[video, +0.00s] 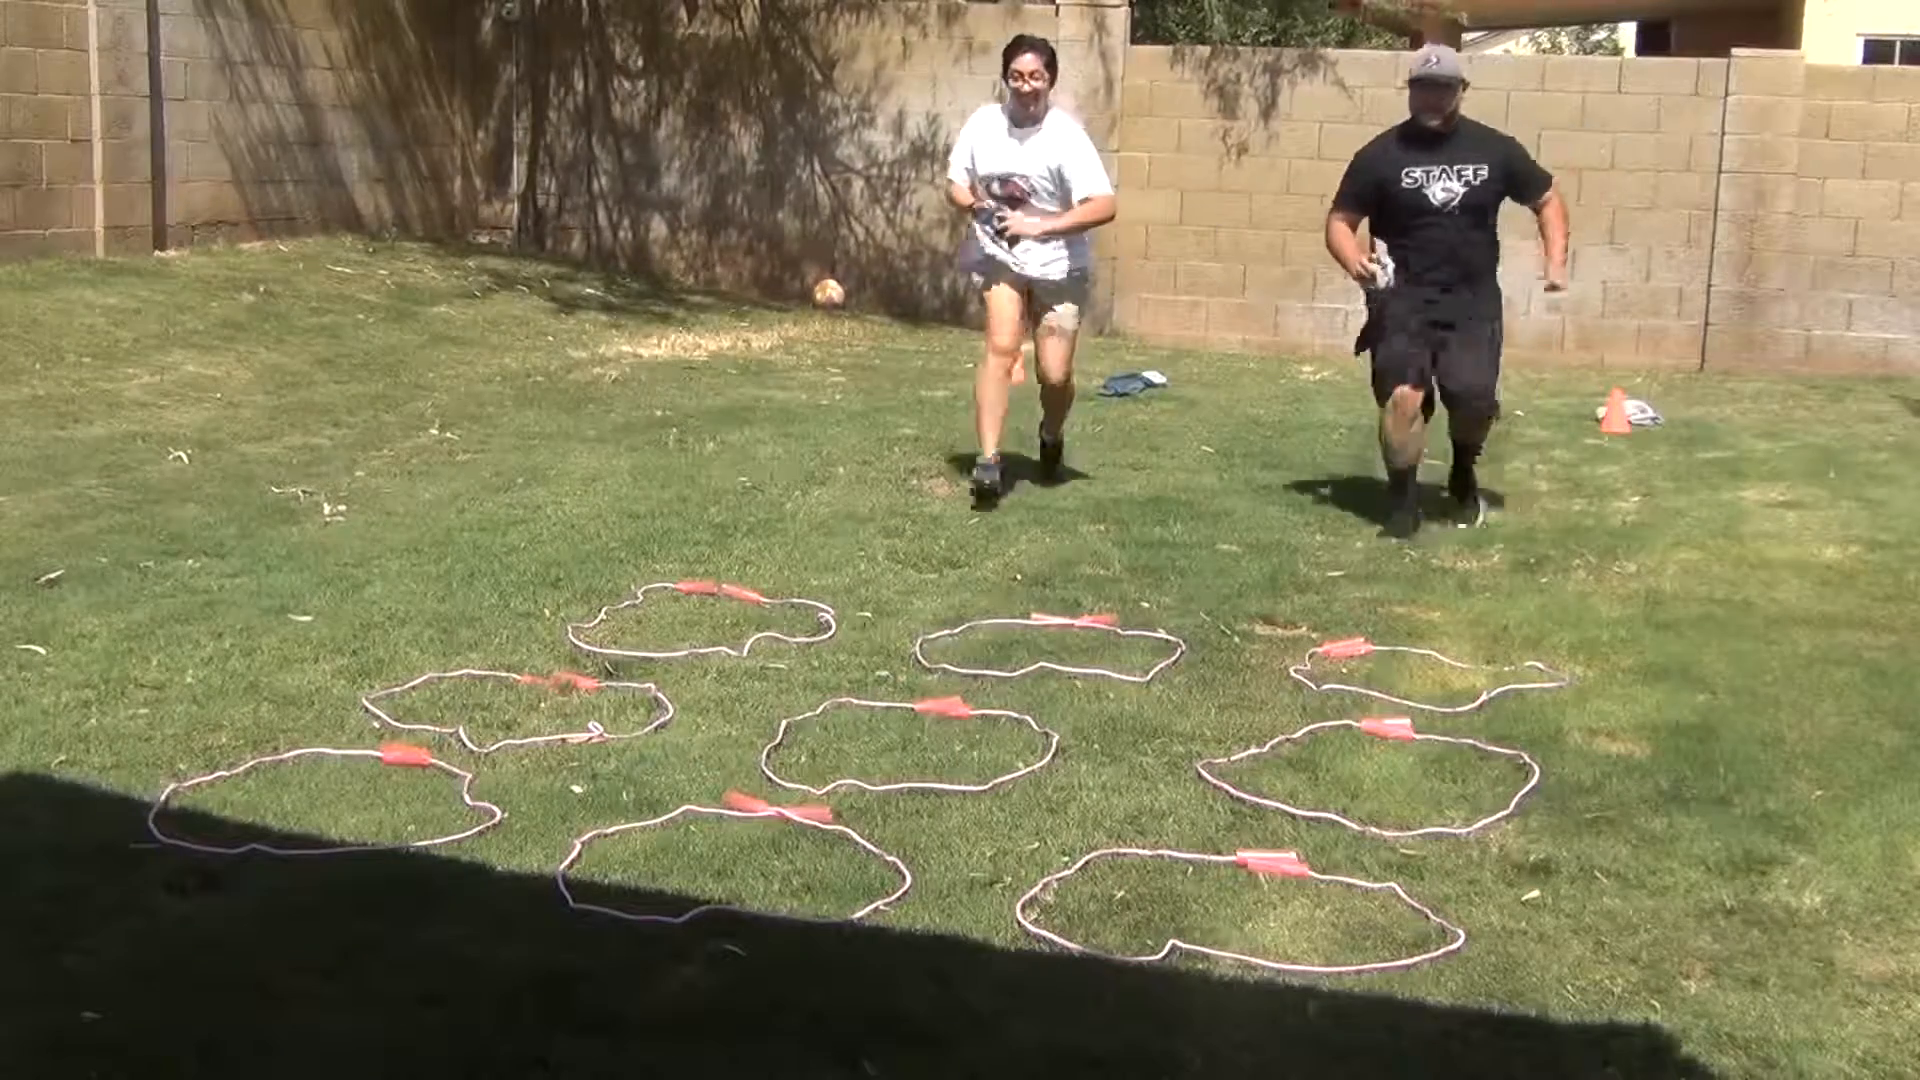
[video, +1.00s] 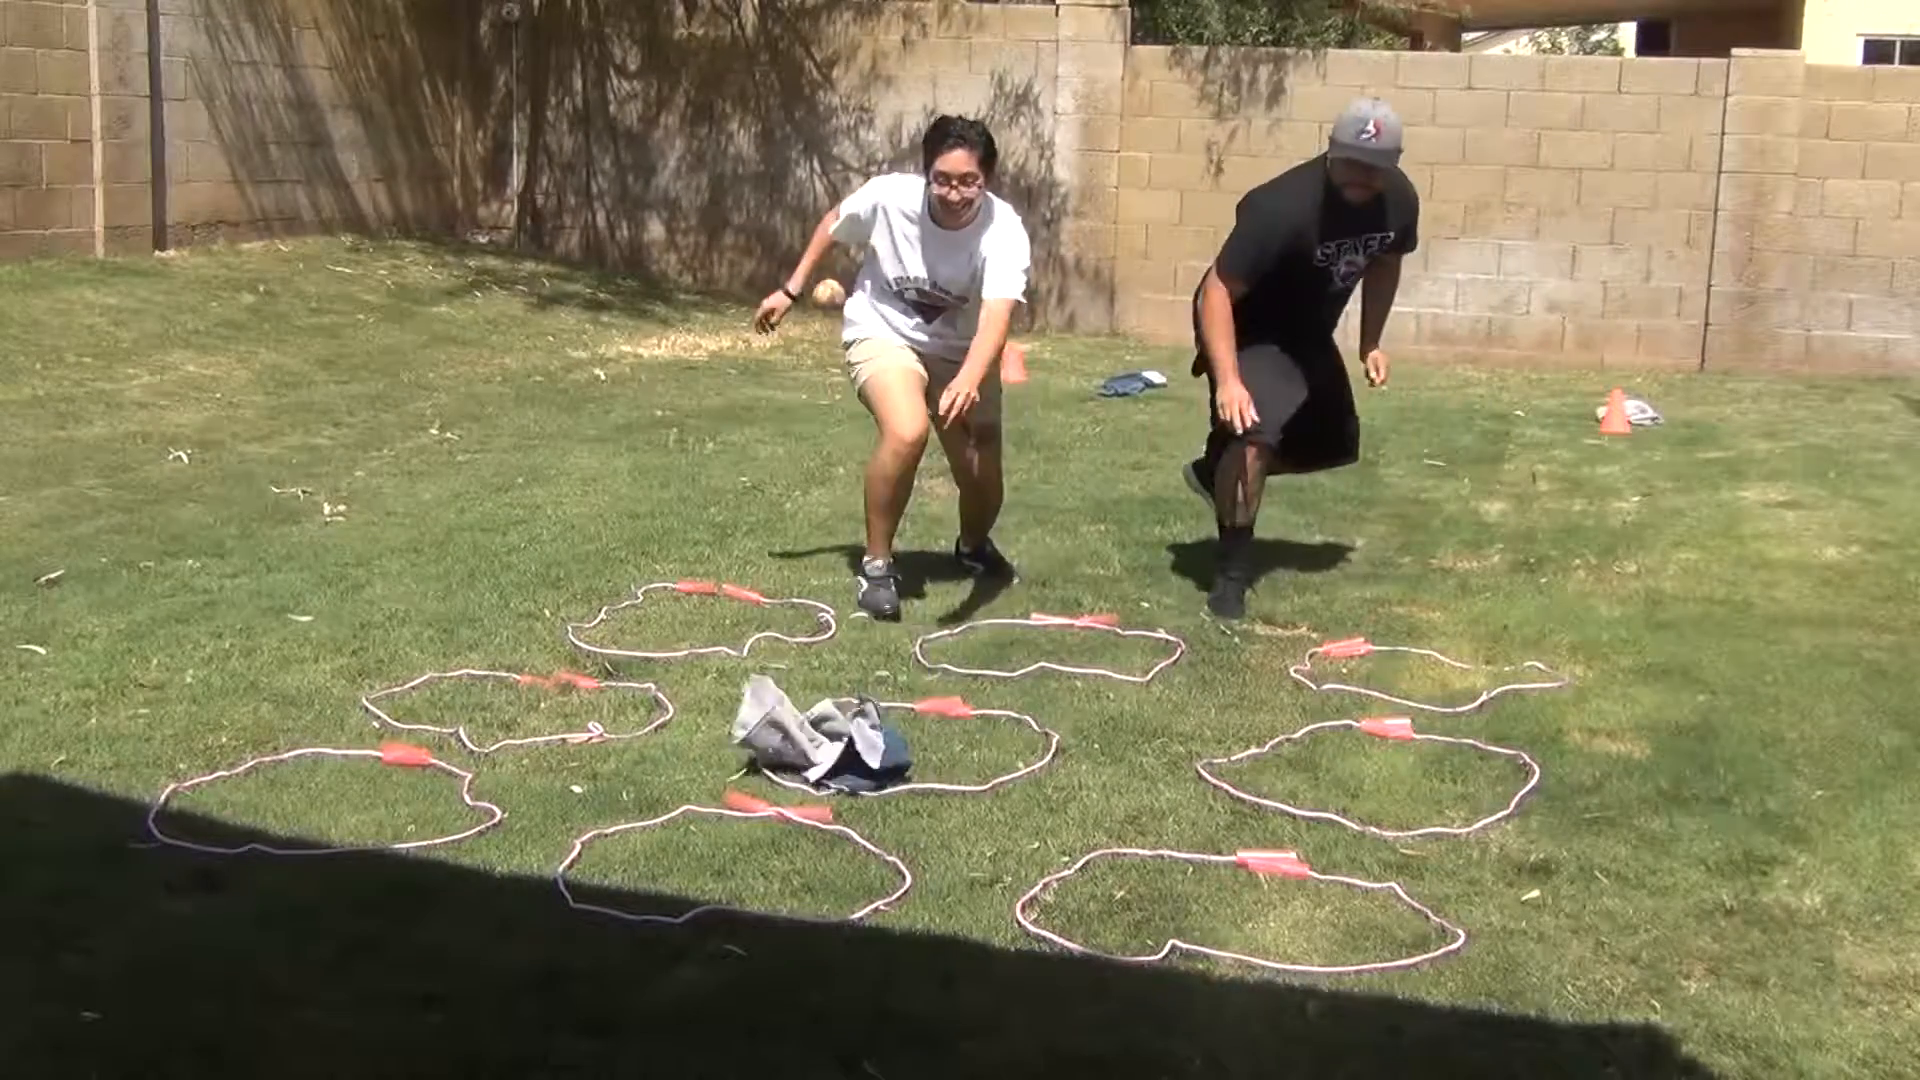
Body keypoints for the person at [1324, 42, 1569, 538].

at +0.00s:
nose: (1433, 98)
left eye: (1443, 88)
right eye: (1424, 87)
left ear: (1461, 92)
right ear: (1409, 90)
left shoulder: (1497, 151)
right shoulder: (1379, 156)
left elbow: (1547, 198)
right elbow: (1340, 222)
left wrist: (1556, 259)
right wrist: (1353, 259)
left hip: (1472, 298)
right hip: (1403, 297)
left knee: (1474, 400)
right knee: (1403, 395)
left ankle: (1464, 473)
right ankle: (1402, 500)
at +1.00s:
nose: (1358, 176)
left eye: (1372, 167)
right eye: (1349, 163)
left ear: (1391, 166)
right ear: (1331, 154)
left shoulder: (1397, 203)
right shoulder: (1281, 207)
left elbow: (1384, 267)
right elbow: (1216, 290)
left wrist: (1371, 342)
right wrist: (1226, 378)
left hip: (1310, 333)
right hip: (1247, 327)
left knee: (1331, 443)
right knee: (1257, 427)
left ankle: (1219, 469)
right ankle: (1232, 570)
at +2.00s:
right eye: (1589, 87)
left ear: (1542, 89)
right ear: (1589, 90)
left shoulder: (1506, 131)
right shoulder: (1611, 142)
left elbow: (1452, 187)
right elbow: (1654, 217)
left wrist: (1485, 242)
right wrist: (1650, 272)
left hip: (1502, 282)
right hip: (1570, 286)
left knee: (1529, 388)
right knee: (1579, 387)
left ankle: (1553, 477)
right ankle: (1557, 434)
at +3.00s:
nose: (1520, 235)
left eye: (1523, 227)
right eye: (1514, 231)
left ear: (1537, 203)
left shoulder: (1572, 218)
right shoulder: (1527, 192)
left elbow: (1620, 264)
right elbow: (1519, 226)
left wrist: (1620, 322)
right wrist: (1509, 255)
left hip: (1598, 274)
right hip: (1567, 268)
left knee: (1539, 318)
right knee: (1537, 320)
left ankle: (1543, 401)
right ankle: (1572, 395)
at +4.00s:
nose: (1612, 280)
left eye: (1618, 276)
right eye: (1611, 273)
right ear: (1598, 250)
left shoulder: (1626, 260)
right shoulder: (1551, 241)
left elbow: (1617, 311)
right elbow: (1500, 288)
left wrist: (1614, 371)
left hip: (1568, 295)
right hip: (1526, 290)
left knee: (1583, 368)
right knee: (1530, 356)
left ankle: (1538, 393)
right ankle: (1522, 419)